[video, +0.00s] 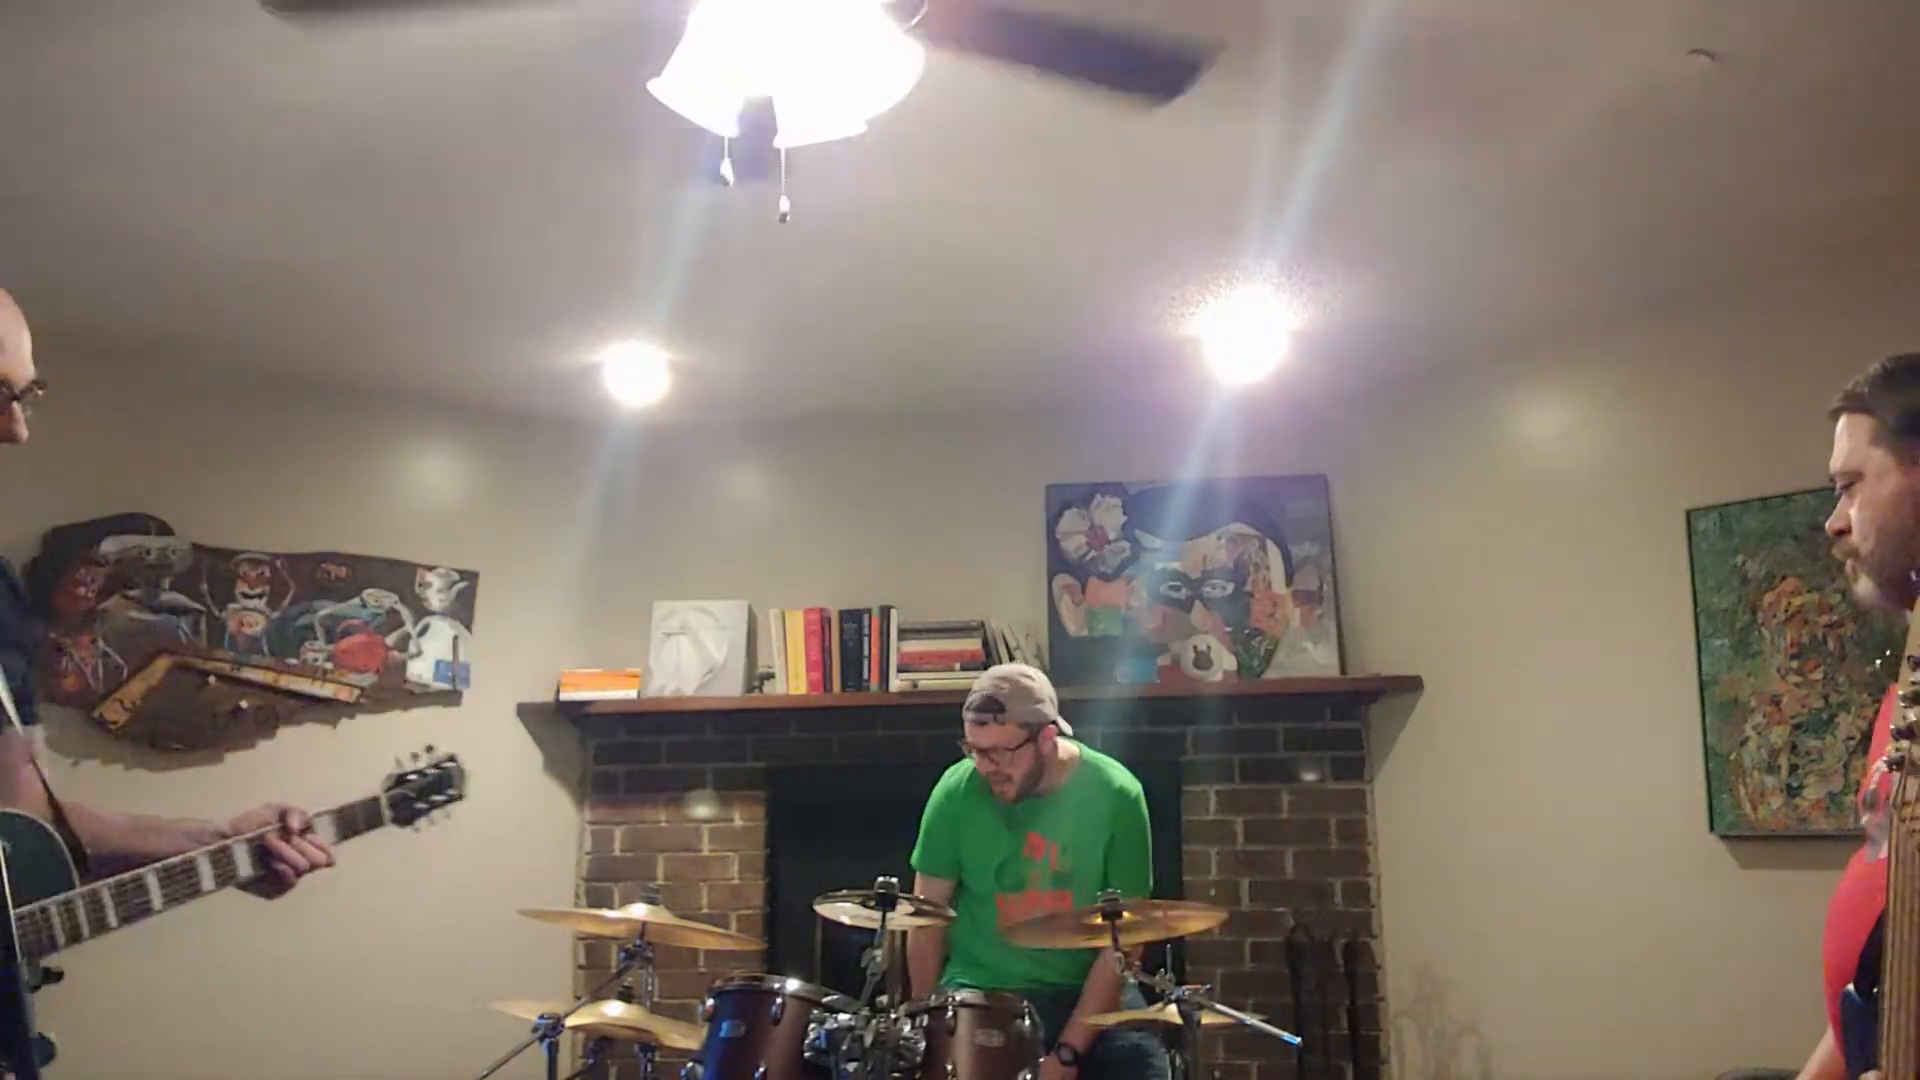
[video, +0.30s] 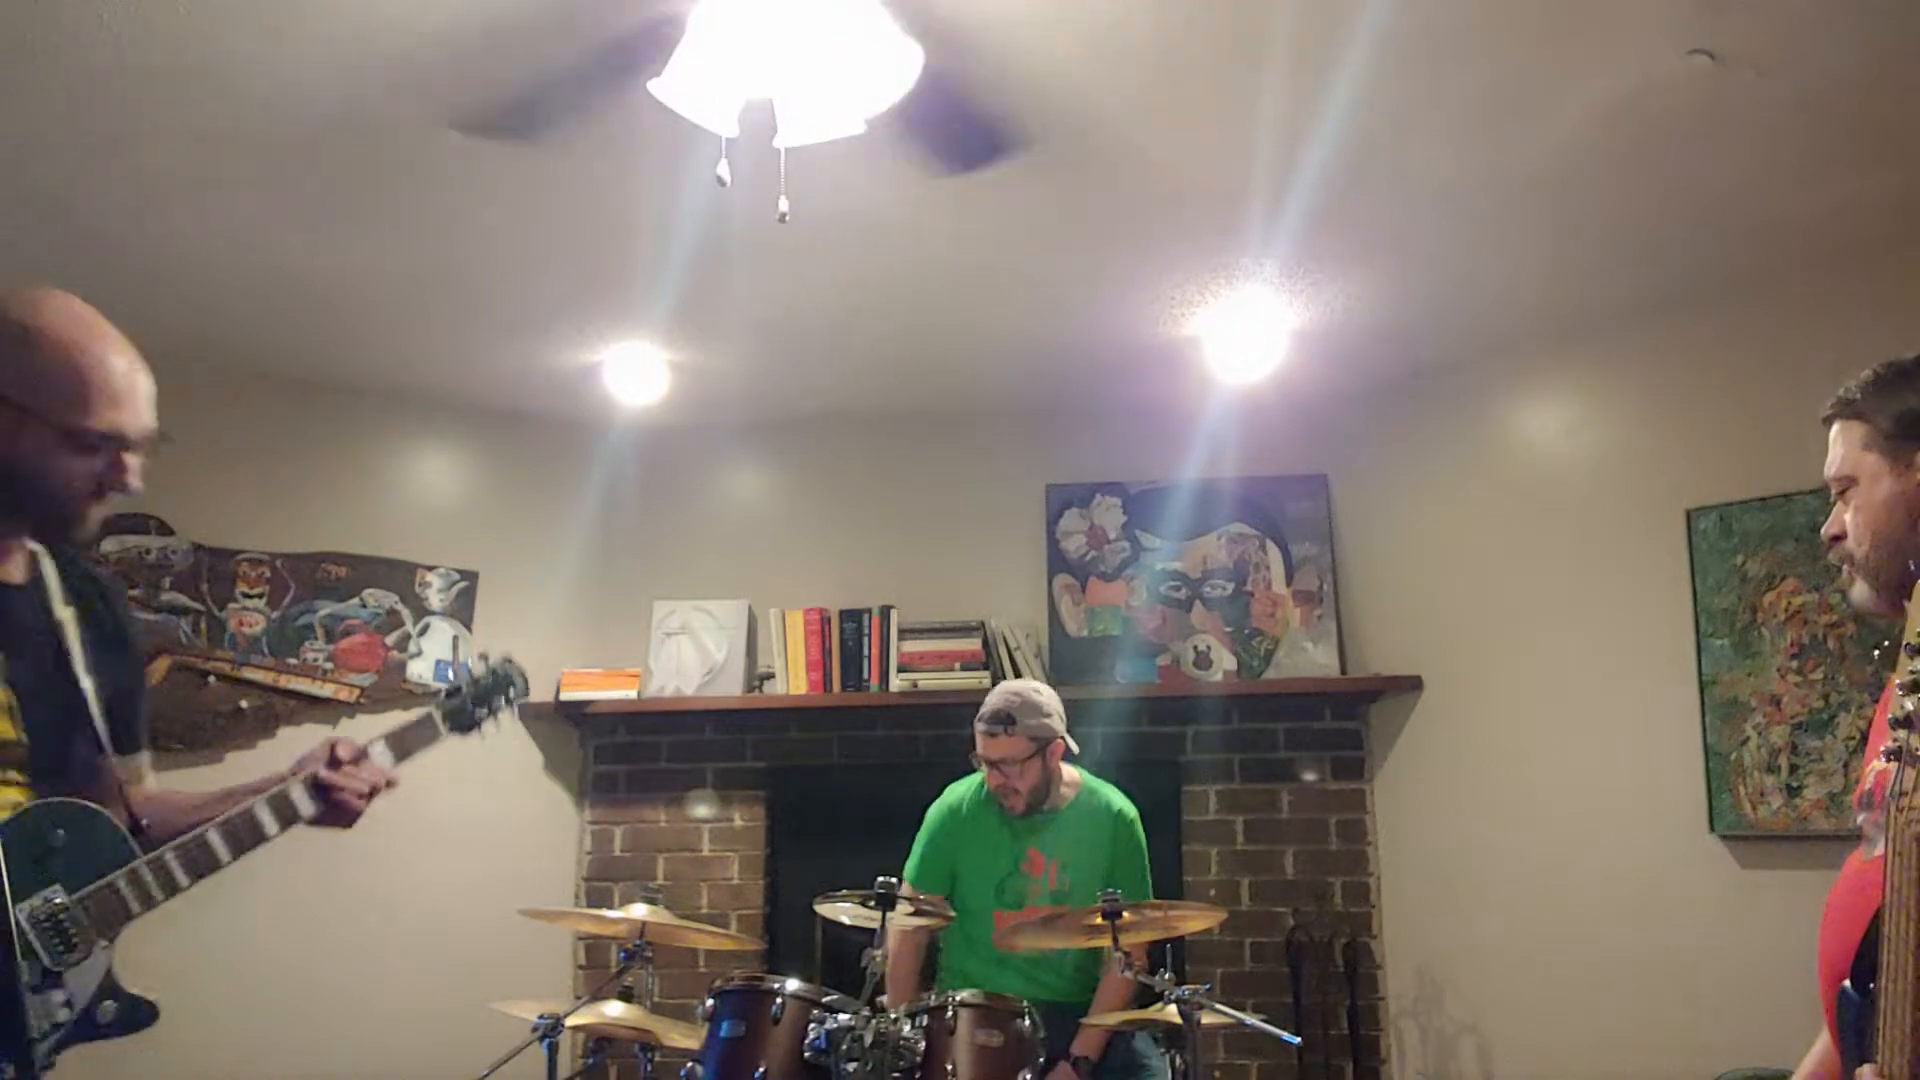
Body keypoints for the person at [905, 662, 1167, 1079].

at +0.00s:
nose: (984, 768)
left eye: (997, 754)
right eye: (975, 752)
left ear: (1047, 738)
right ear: (966, 742)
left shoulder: (1115, 796)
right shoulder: (956, 792)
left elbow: (1126, 937)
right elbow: (926, 917)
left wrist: (1066, 1053)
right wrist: (925, 1029)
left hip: (1085, 991)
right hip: (980, 990)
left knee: (1142, 1064)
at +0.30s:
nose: (994, 781)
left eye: (1008, 765)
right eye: (986, 764)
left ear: (1056, 752)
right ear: (976, 753)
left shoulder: (1114, 819)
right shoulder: (954, 812)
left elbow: (1128, 953)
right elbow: (908, 929)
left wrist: (1078, 1060)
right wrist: (901, 1039)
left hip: (1079, 1021)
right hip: (972, 1021)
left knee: (1147, 1069)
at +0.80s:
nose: (974, 813)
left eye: (986, 798)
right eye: (965, 800)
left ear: (1028, 782)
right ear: (957, 794)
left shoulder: (1099, 851)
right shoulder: (954, 862)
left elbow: (1151, 967)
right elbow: (905, 979)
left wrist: (1104, 1011)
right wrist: (886, 1054)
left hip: (1084, 1035)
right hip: (980, 1036)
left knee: (1149, 1074)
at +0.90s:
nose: (973, 817)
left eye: (984, 802)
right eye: (964, 804)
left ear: (1026, 786)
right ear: (956, 797)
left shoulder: (1098, 854)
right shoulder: (953, 866)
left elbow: (1152, 960)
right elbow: (906, 984)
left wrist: (1122, 999)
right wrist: (891, 1053)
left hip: (1083, 1038)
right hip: (979, 1038)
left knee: (1150, 1075)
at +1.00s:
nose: (969, 816)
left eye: (980, 802)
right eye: (960, 804)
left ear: (1023, 785)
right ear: (951, 797)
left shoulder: (1095, 851)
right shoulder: (951, 866)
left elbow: (1151, 951)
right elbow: (906, 987)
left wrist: (1137, 991)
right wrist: (888, 1047)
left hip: (1083, 1035)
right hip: (979, 1035)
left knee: (1146, 1074)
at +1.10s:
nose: (963, 816)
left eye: (974, 802)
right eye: (954, 804)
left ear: (1016, 786)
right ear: (945, 796)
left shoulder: (1090, 846)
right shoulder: (946, 866)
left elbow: (1148, 942)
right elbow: (906, 991)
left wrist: (1140, 990)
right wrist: (888, 1054)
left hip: (1083, 1034)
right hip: (979, 1039)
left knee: (1135, 1071)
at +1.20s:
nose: (961, 822)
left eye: (970, 808)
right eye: (949, 810)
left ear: (1012, 792)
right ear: (940, 801)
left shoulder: (1086, 844)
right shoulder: (943, 868)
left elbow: (1145, 934)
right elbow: (905, 996)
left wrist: (1129, 994)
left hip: (1080, 1035)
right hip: (977, 1039)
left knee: (1138, 1075)